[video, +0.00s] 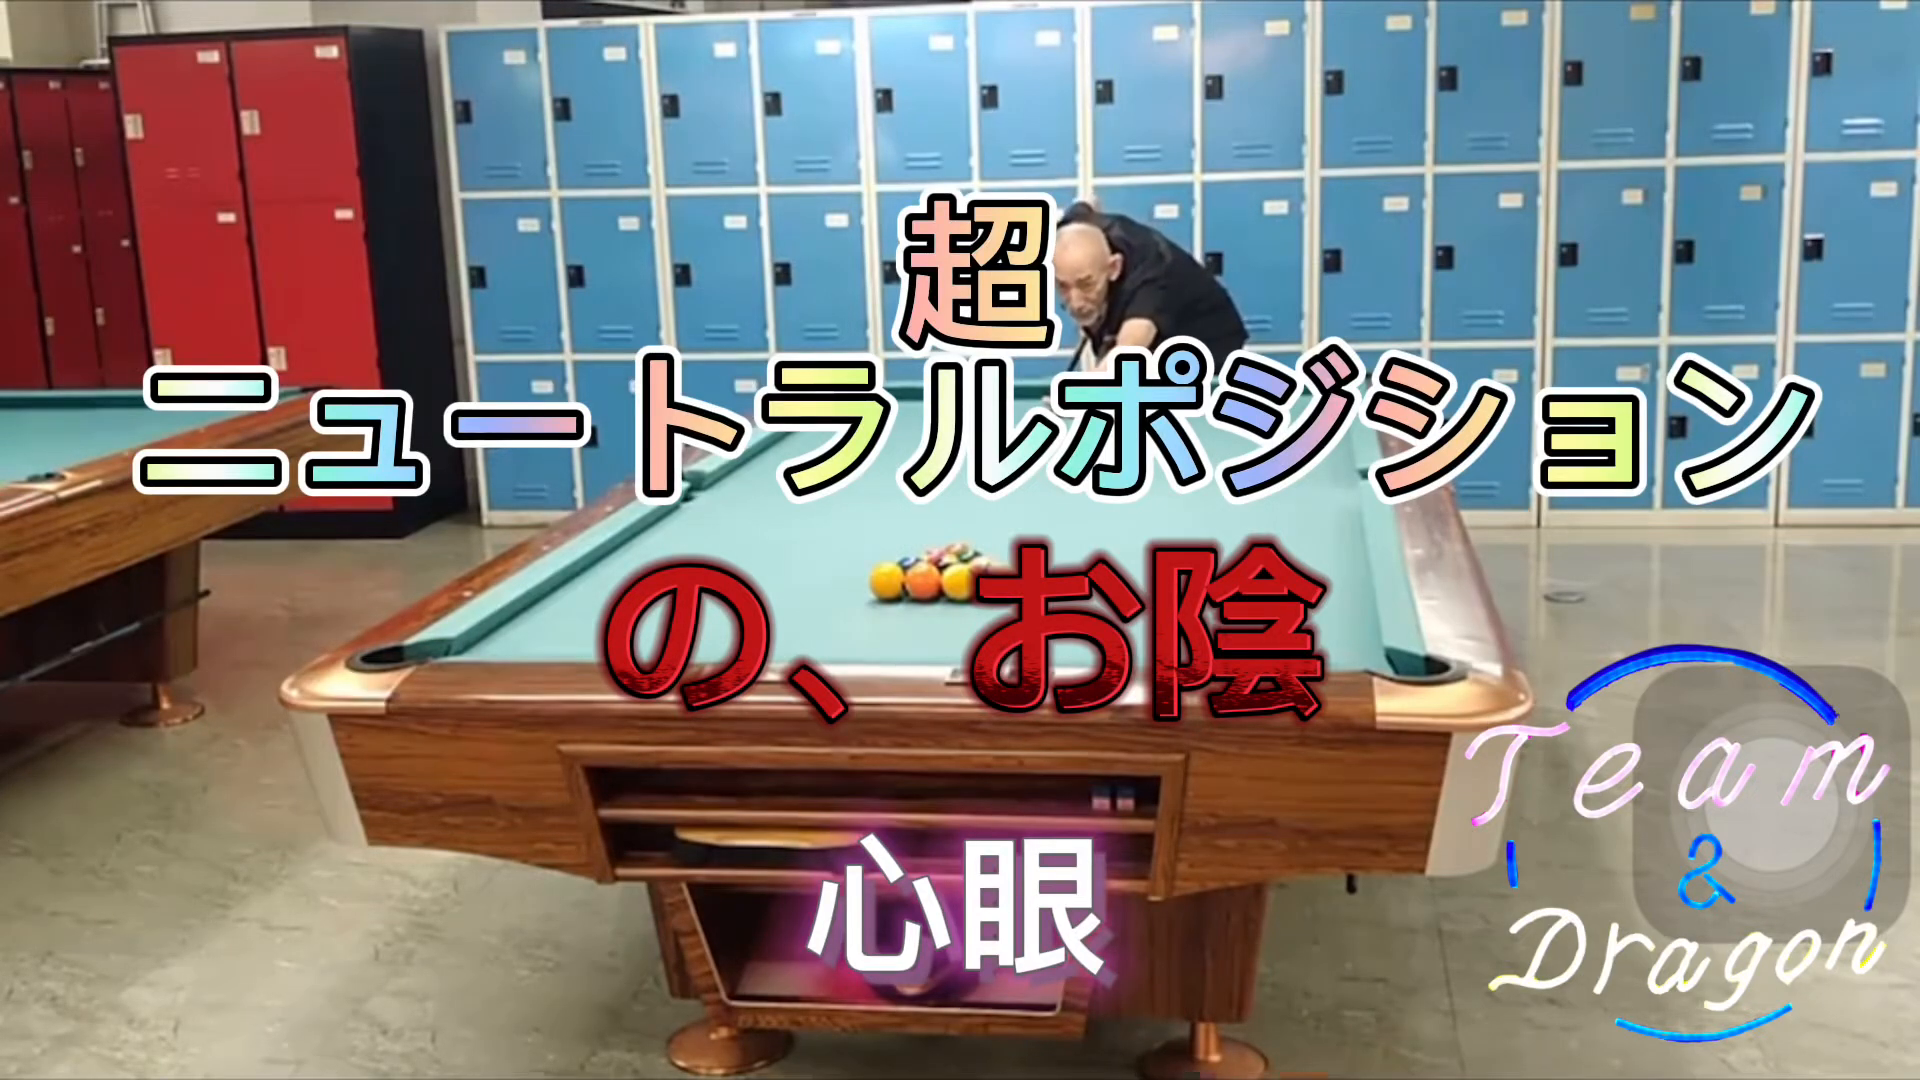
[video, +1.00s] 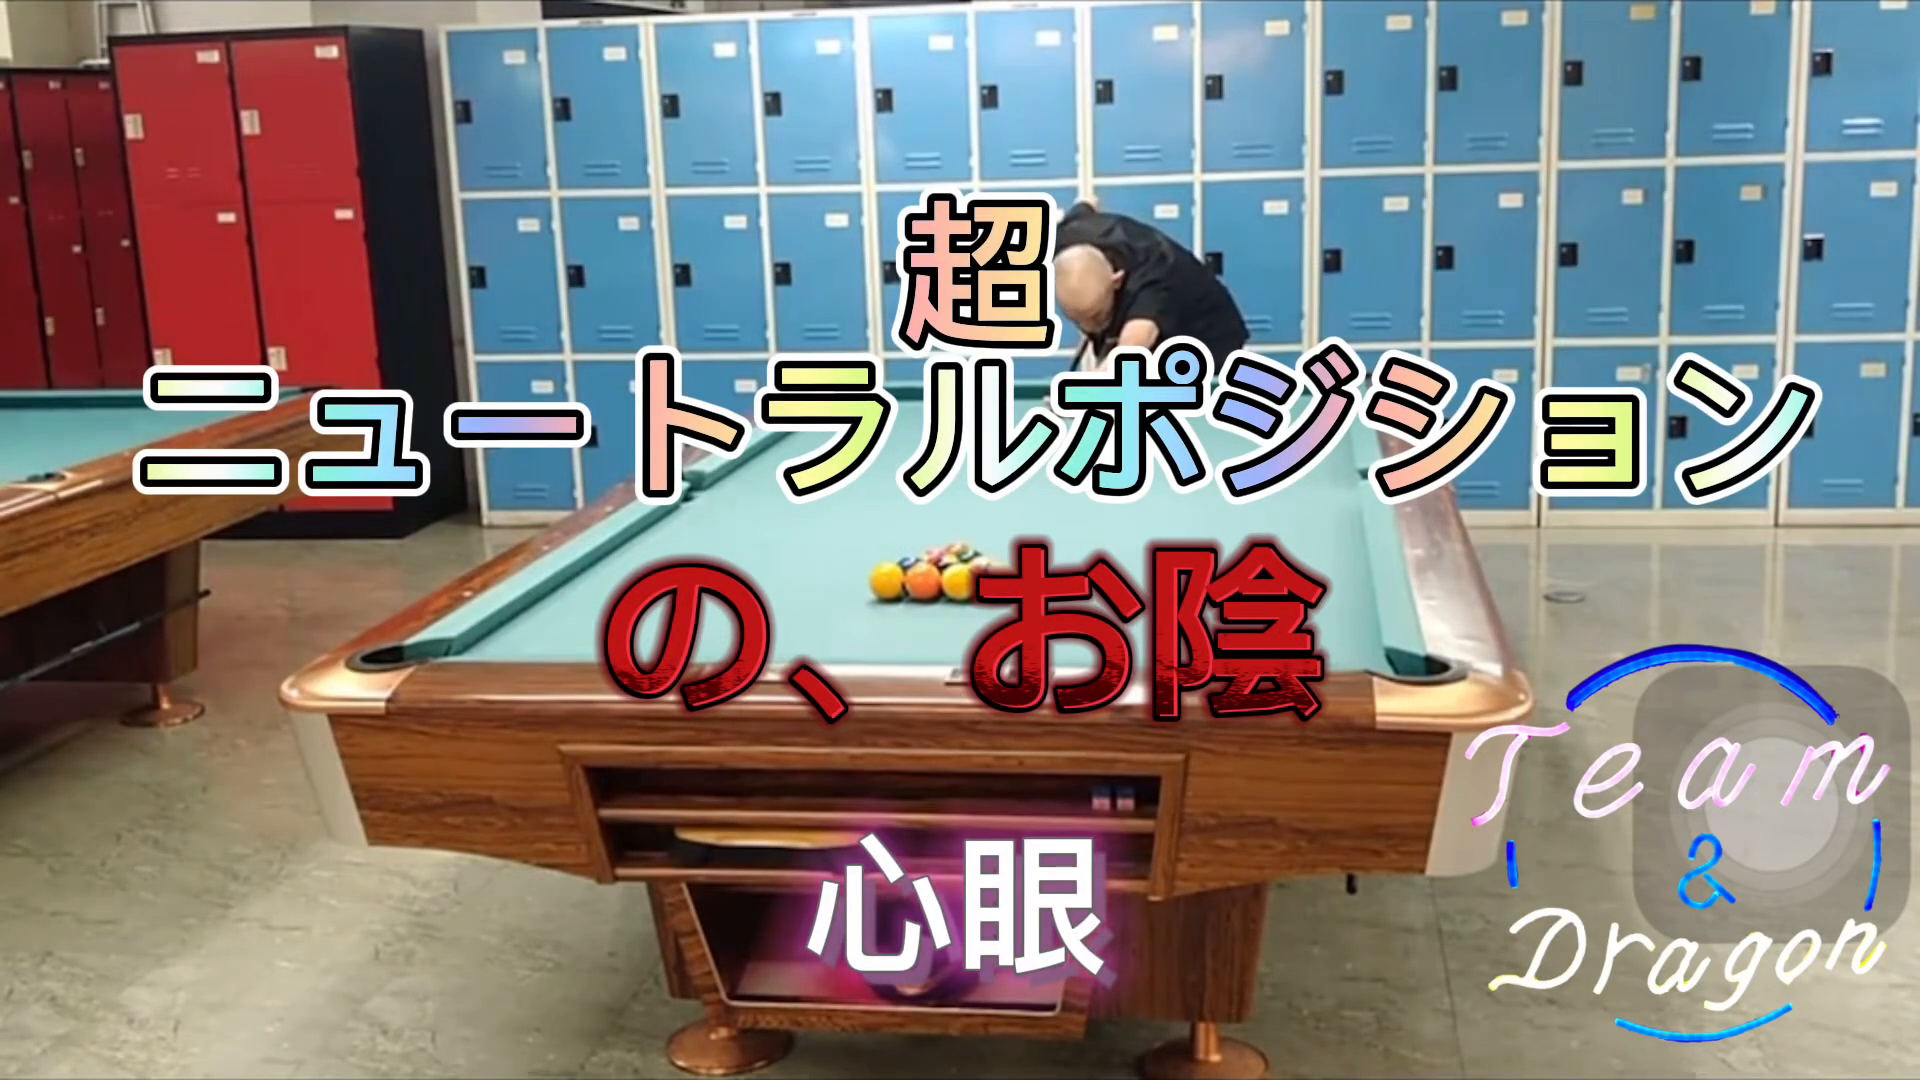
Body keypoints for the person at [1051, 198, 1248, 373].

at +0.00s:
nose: (1075, 301)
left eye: (1085, 285)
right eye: (1063, 287)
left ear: (1114, 268)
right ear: (1054, 277)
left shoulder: (1151, 277)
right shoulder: (1078, 232)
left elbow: (1128, 350)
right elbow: (1083, 208)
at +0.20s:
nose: (1076, 304)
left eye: (1087, 288)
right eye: (1064, 290)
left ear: (1115, 270)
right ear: (1056, 279)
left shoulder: (1152, 278)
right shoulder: (1078, 233)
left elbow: (1129, 350)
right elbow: (1081, 210)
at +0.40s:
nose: (1076, 306)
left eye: (1089, 289)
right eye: (1065, 291)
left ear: (1116, 272)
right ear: (1056, 280)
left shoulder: (1154, 275)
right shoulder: (1077, 233)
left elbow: (1130, 350)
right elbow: (1083, 207)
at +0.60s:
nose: (1078, 308)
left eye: (1089, 291)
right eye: (1066, 294)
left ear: (1116, 272)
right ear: (1057, 284)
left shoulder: (1152, 276)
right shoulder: (1075, 234)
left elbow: (1130, 350)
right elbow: (1083, 210)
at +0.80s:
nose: (1082, 319)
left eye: (1091, 306)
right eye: (1071, 308)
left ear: (1116, 278)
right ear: (1059, 289)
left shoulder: (1152, 274)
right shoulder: (1067, 237)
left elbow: (1131, 349)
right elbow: (1085, 208)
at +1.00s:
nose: (1090, 329)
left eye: (1097, 318)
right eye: (1078, 322)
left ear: (1116, 281)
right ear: (1060, 291)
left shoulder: (1152, 275)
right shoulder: (1065, 237)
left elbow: (1130, 350)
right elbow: (1086, 204)